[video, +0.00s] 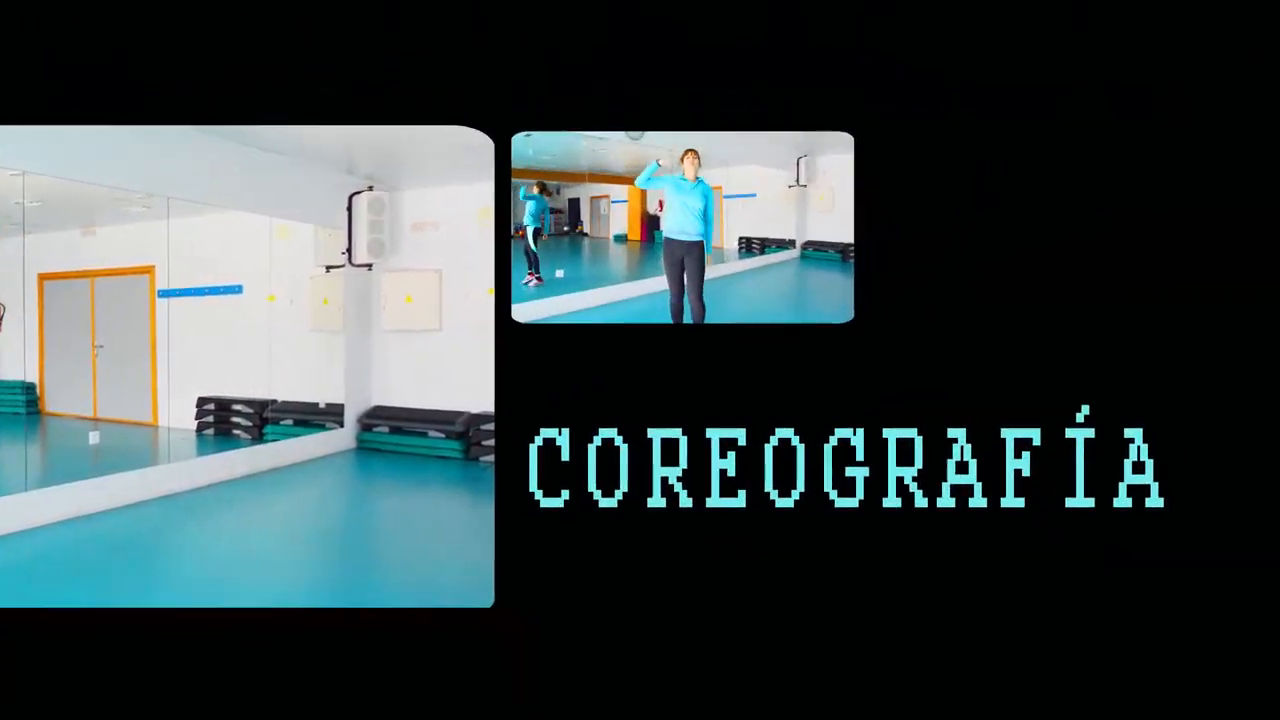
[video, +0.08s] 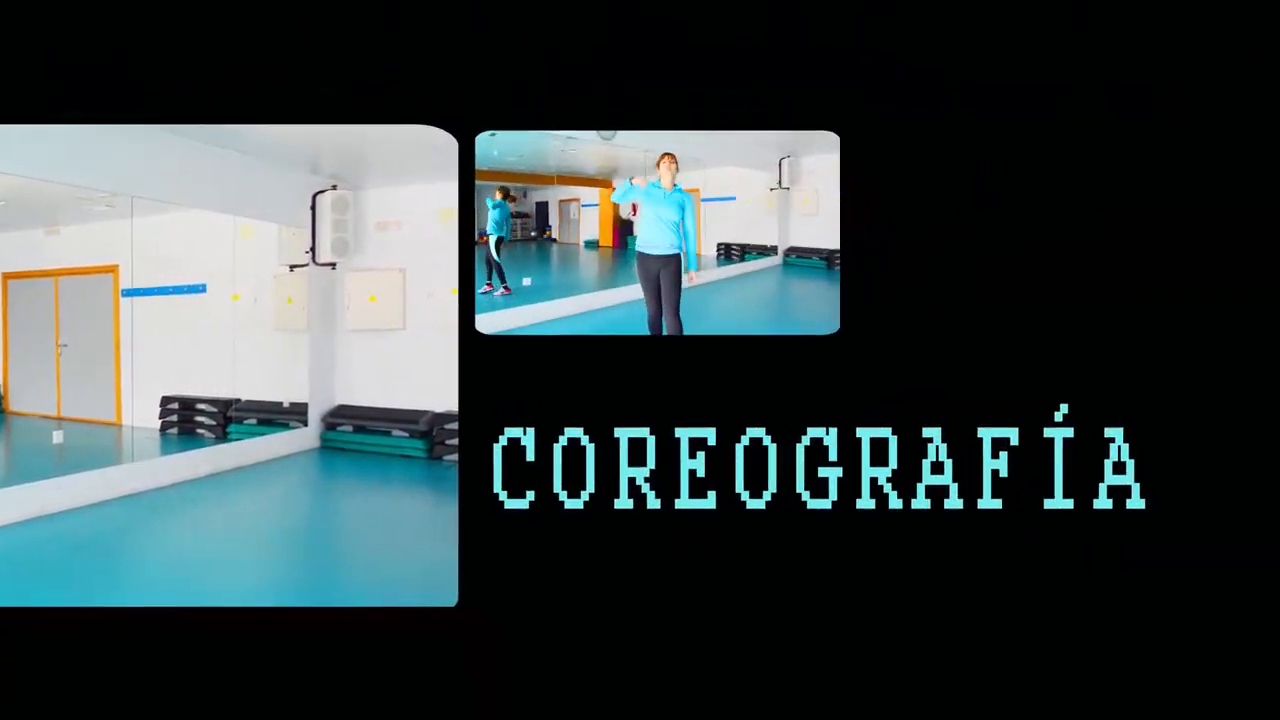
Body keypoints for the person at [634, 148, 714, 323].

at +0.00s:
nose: (692, 159)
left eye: (695, 157)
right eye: (688, 157)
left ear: (699, 163)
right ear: (682, 163)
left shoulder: (705, 189)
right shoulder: (670, 181)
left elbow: (709, 220)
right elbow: (639, 183)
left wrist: (708, 248)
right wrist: (655, 164)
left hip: (695, 244)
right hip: (671, 242)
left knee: (695, 294)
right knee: (676, 293)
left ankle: (698, 322)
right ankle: (677, 322)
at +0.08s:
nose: (668, 163)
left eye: (672, 161)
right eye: (664, 161)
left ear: (677, 169)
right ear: (658, 168)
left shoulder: (683, 197)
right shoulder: (644, 189)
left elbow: (689, 233)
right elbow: (616, 198)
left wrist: (692, 266)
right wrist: (631, 182)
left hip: (671, 258)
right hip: (645, 257)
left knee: (671, 312)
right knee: (653, 312)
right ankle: (655, 335)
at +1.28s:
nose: (570, 169)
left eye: (573, 165)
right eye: (565, 166)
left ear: (578, 168)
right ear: (559, 170)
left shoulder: (589, 193)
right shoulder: (551, 194)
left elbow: (603, 217)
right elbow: (527, 215)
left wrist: (603, 225)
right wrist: (541, 225)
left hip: (580, 253)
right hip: (556, 252)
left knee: (575, 299)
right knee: (556, 299)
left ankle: (573, 342)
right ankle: (551, 344)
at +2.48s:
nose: (468, 125)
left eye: (470, 121)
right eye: (467, 121)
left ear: (481, 121)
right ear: (472, 123)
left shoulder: (498, 141)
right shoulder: (466, 144)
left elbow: (514, 153)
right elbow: (446, 156)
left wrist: (528, 161)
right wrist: (425, 167)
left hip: (497, 195)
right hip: (477, 196)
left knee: (507, 232)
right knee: (472, 233)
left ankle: (525, 262)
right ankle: (474, 276)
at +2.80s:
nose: (452, 87)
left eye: (453, 84)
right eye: (452, 84)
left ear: (459, 85)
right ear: (467, 86)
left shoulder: (457, 104)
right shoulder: (478, 104)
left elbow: (451, 132)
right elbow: (495, 121)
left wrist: (432, 132)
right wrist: (510, 139)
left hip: (464, 158)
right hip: (483, 158)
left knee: (449, 199)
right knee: (473, 199)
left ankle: (442, 243)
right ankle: (484, 243)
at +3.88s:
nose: (468, 34)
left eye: (472, 31)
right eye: (465, 30)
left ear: (477, 34)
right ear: (459, 33)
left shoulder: (485, 50)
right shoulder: (453, 55)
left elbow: (511, 65)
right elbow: (451, 90)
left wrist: (481, 59)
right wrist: (465, 68)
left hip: (488, 105)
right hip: (465, 105)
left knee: (495, 147)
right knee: (469, 148)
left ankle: (486, 187)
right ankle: (467, 188)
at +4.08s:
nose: (472, 30)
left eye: (476, 27)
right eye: (469, 26)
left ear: (481, 30)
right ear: (463, 28)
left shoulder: (490, 44)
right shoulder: (456, 49)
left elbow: (521, 55)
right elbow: (455, 74)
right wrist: (446, 75)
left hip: (501, 96)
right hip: (478, 98)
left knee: (522, 137)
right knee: (480, 142)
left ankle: (545, 174)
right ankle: (477, 183)